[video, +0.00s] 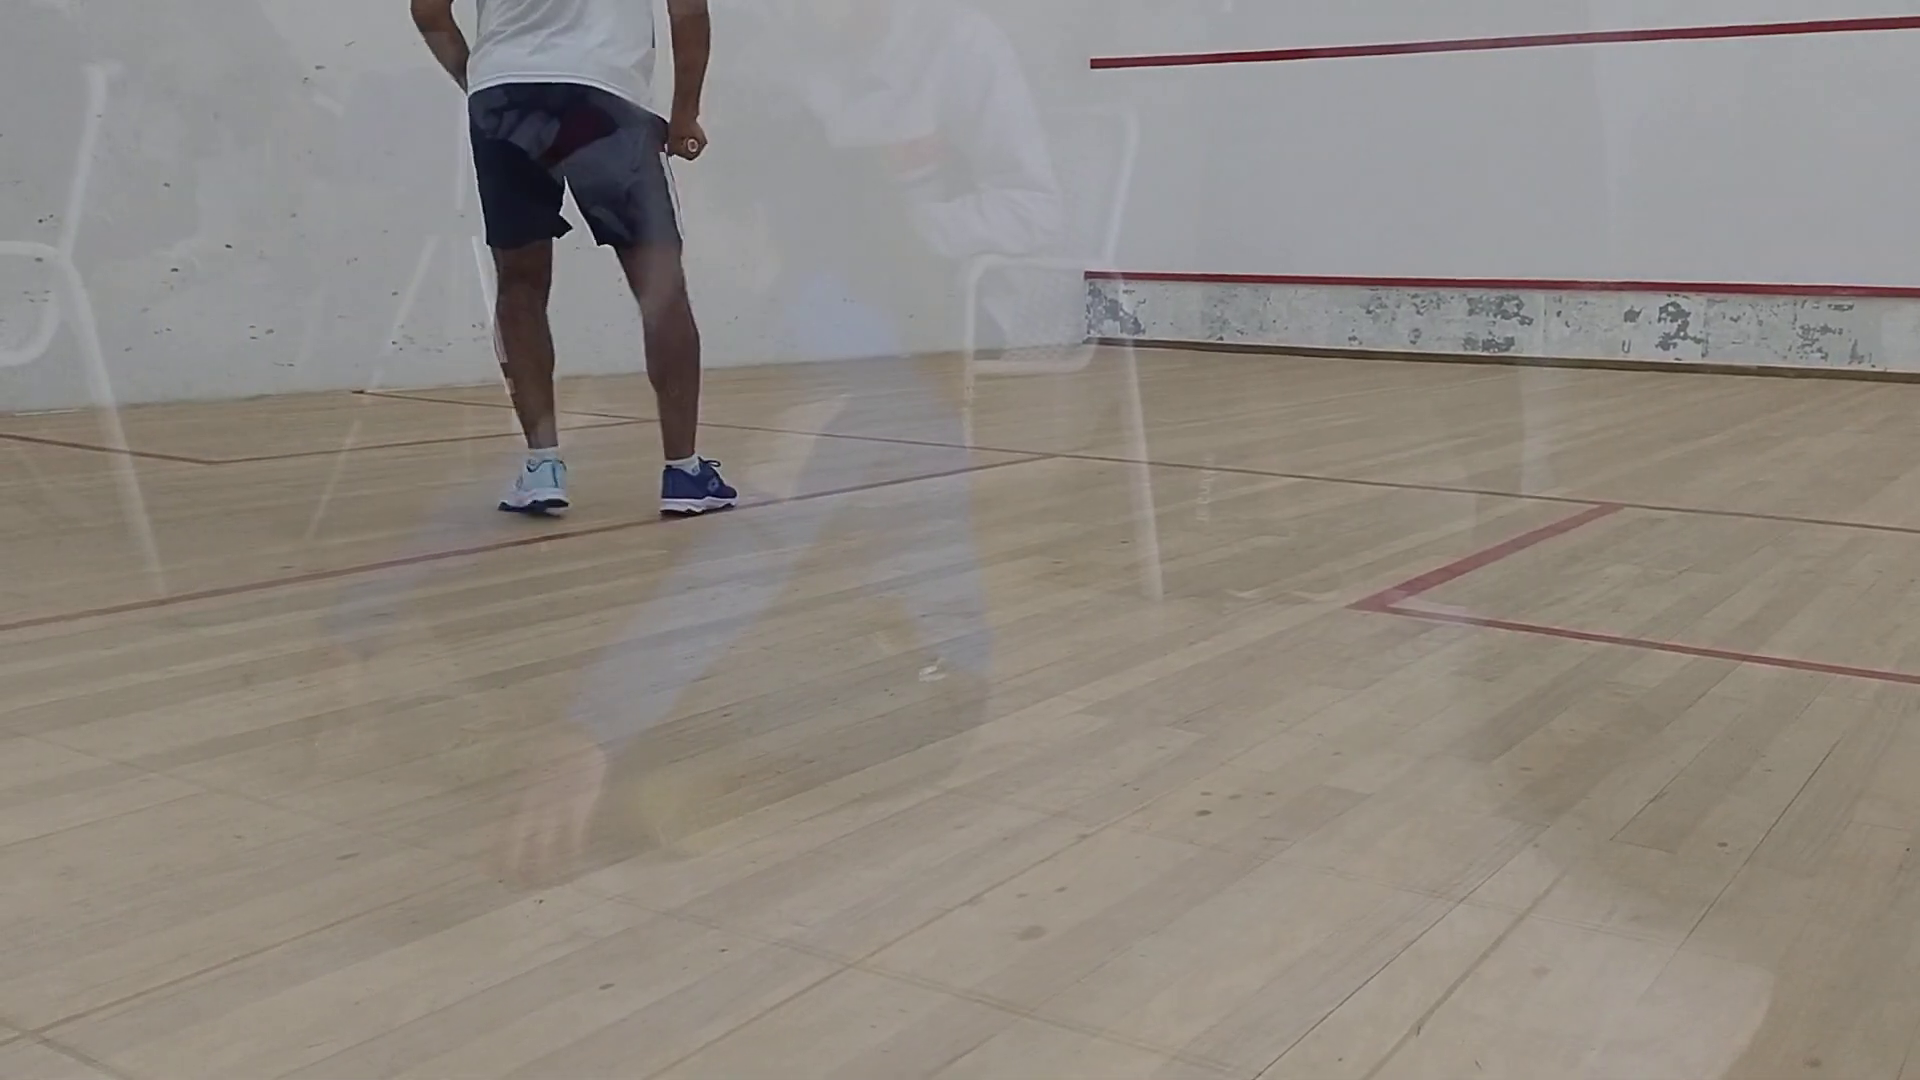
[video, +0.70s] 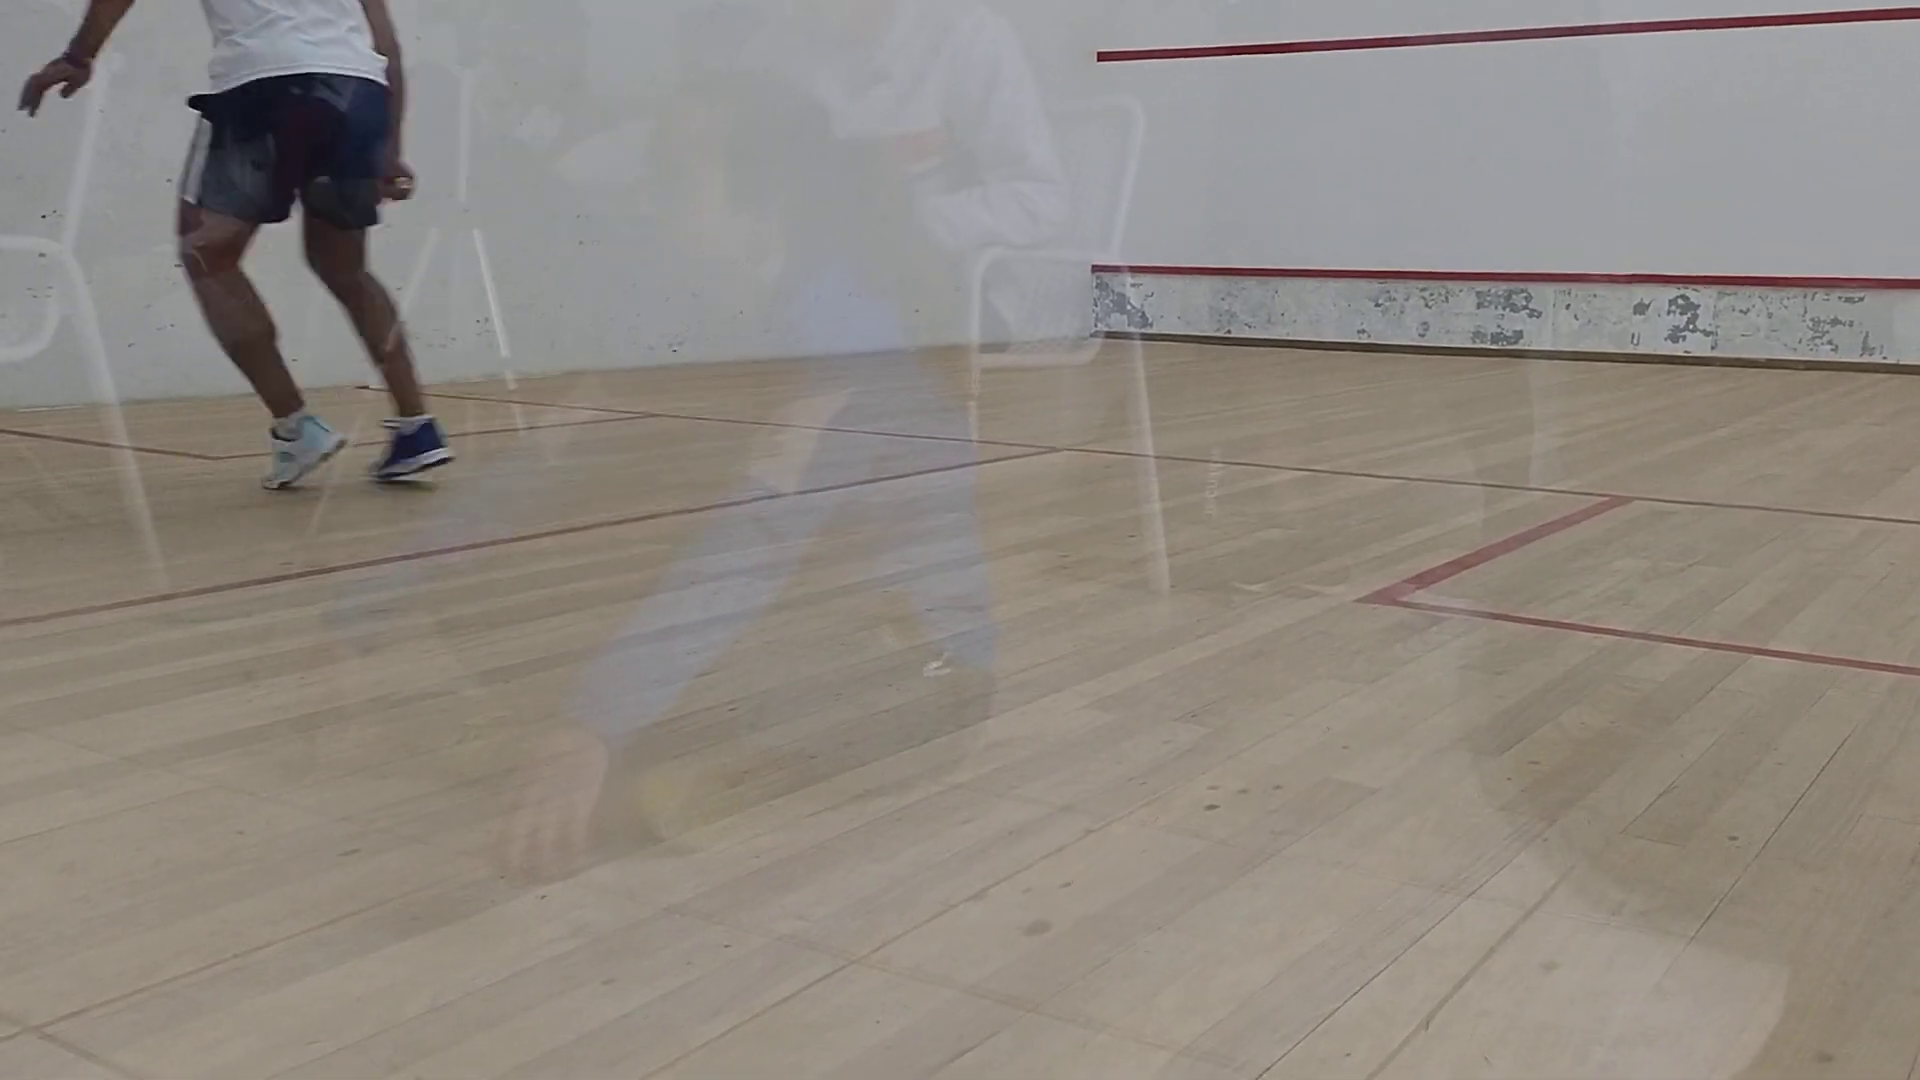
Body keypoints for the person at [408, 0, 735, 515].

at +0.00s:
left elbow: (428, 11)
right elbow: (689, 10)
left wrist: (485, 88)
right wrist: (684, 113)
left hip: (501, 86)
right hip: (606, 83)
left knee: (521, 288)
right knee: (661, 287)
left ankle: (542, 466)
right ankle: (684, 468)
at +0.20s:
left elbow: (435, 20)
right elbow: (709, 21)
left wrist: (455, 126)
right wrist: (721, 140)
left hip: (507, 94)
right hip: (614, 96)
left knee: (464, 266)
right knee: (686, 286)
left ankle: (483, 425)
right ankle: (735, 452)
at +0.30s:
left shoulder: (490, 2)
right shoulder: (658, 5)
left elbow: (431, 66)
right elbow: (716, 87)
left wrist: (422, 176)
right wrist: (737, 199)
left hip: (507, 144)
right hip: (617, 146)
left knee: (428, 272)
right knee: (701, 302)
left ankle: (387, 436)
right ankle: (752, 461)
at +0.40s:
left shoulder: (440, 4)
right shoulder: (604, 8)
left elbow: (391, 77)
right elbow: (662, 108)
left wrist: (370, 179)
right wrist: (708, 218)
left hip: (478, 156)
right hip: (587, 158)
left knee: (379, 269)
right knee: (678, 305)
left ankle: (339, 447)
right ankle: (750, 462)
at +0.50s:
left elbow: (308, 51)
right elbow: (568, 74)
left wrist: (279, 140)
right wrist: (618, 182)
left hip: (405, 141)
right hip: (513, 140)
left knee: (324, 279)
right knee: (605, 287)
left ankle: (337, 452)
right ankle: (720, 434)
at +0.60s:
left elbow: (209, 7)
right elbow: (473, 51)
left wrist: (171, 84)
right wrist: (505, 160)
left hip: (331, 115)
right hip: (434, 110)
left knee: (290, 283)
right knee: (488, 274)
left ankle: (334, 453)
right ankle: (573, 414)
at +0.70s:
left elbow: (120, 2)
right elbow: (388, 49)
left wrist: (79, 55)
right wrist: (390, 149)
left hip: (263, 87)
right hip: (360, 91)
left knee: (209, 260)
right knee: (342, 262)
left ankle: (296, 427)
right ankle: (418, 427)